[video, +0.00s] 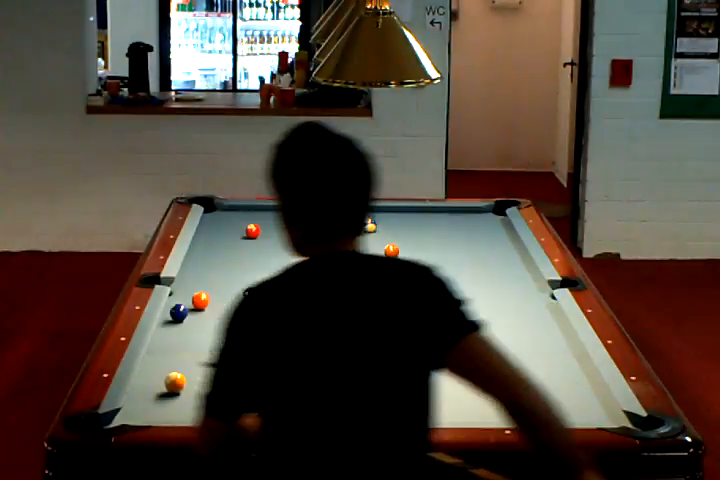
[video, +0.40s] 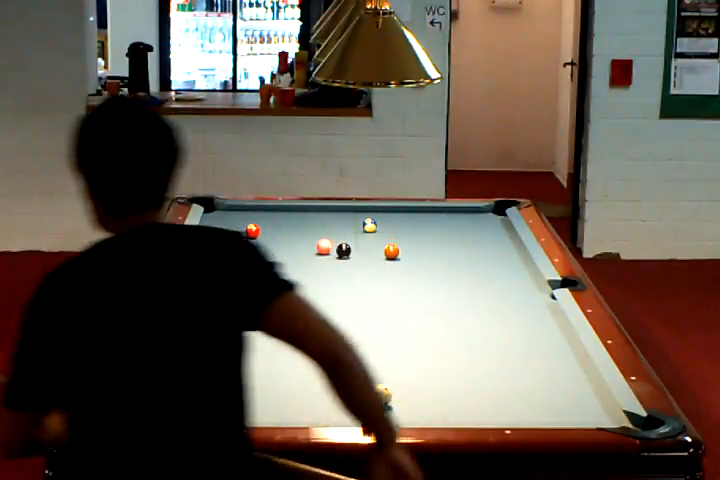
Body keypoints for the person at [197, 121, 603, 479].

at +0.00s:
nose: (286, 214)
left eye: (283, 202)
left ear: (285, 213)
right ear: (365, 204)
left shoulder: (260, 307)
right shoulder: (413, 287)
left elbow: (215, 435)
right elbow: (520, 395)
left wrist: (272, 441)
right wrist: (569, 465)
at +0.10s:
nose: (242, 215)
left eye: (235, 204)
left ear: (235, 214)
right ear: (317, 200)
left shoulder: (206, 310)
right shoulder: (364, 288)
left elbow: (159, 440)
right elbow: (467, 394)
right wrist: (527, 470)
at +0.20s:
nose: (188, 200)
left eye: (185, 189)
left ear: (186, 199)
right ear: (268, 190)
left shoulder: (157, 299)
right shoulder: (317, 276)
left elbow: (108, 432)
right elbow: (426, 386)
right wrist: (477, 467)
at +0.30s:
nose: (138, 191)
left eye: (137, 178)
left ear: (141, 185)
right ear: (218, 174)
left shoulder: (109, 288)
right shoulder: (272, 260)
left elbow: (67, 432)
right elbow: (379, 362)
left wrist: (124, 421)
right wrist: (433, 448)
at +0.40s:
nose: (87, 187)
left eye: (87, 172)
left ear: (89, 183)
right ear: (167, 174)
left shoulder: (61, 289)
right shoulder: (222, 255)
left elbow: (21, 434)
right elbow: (331, 348)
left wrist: (83, 422)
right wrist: (387, 440)